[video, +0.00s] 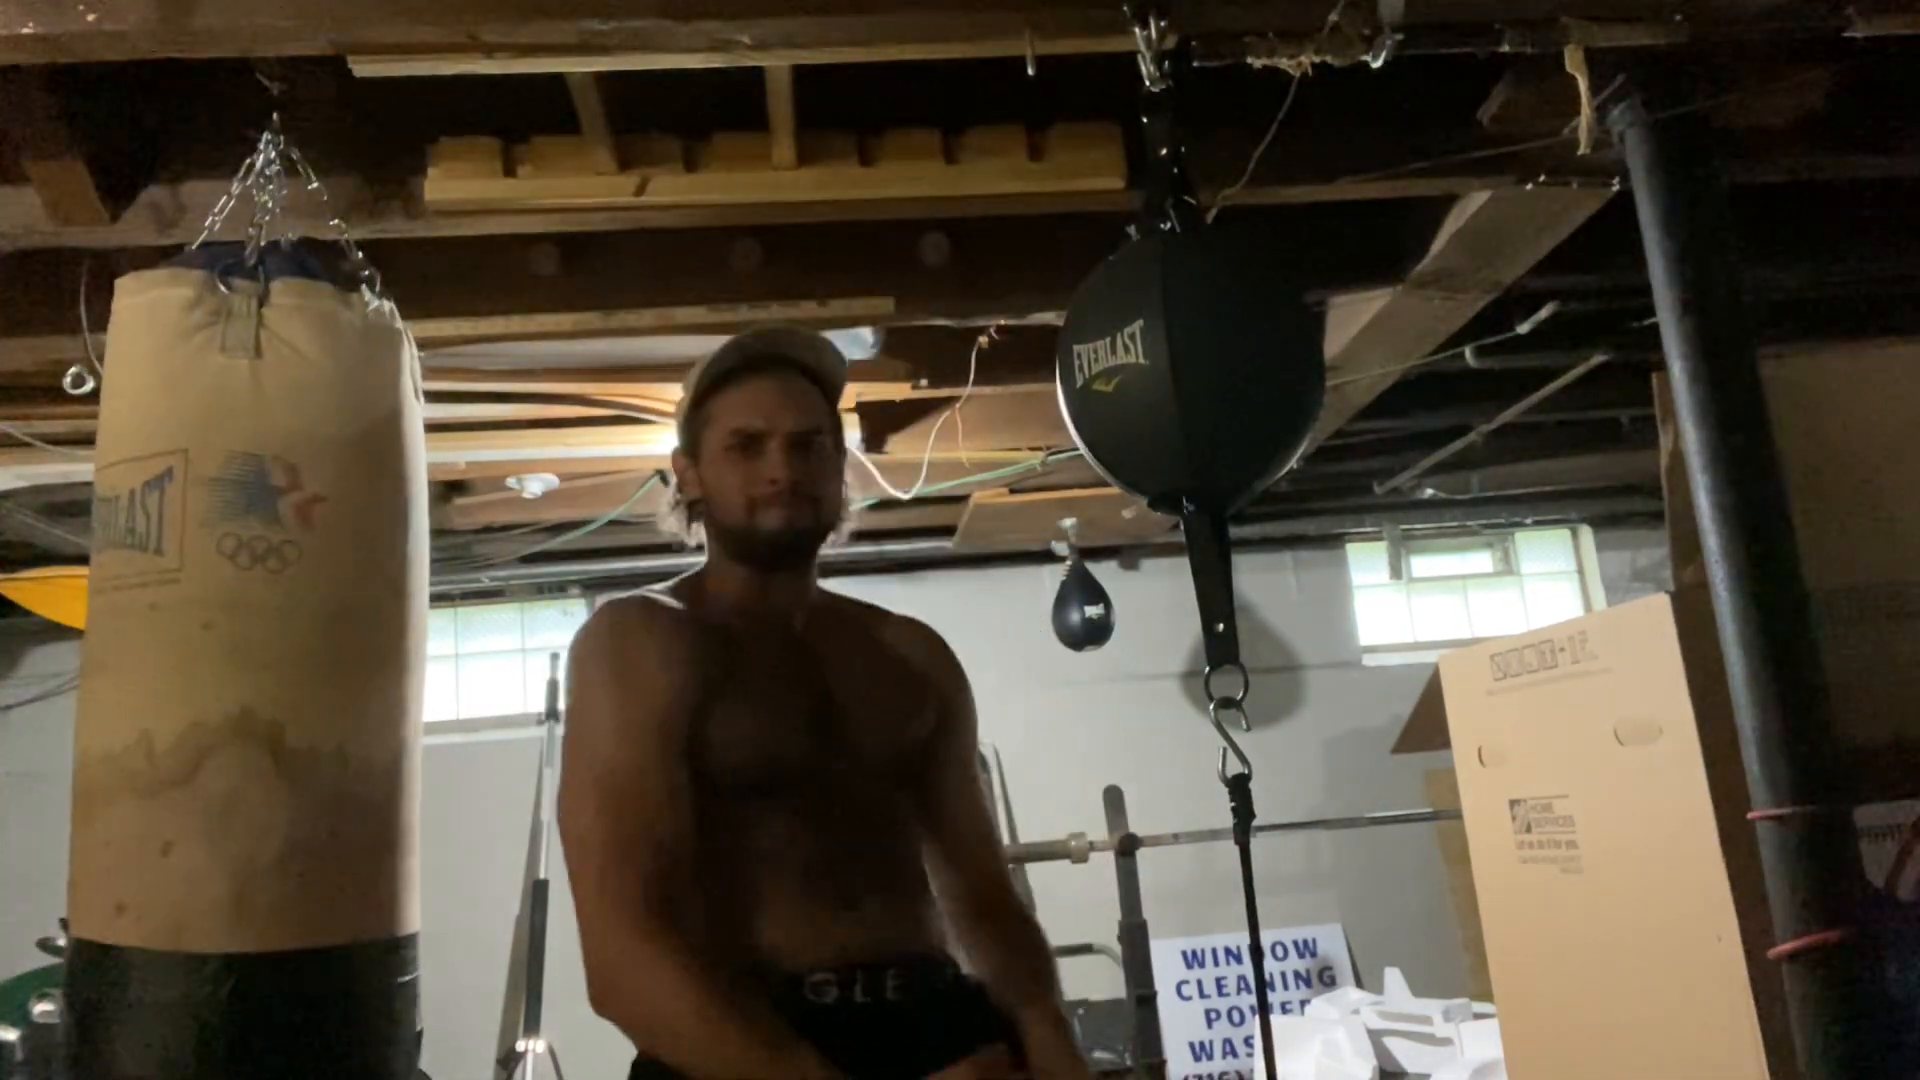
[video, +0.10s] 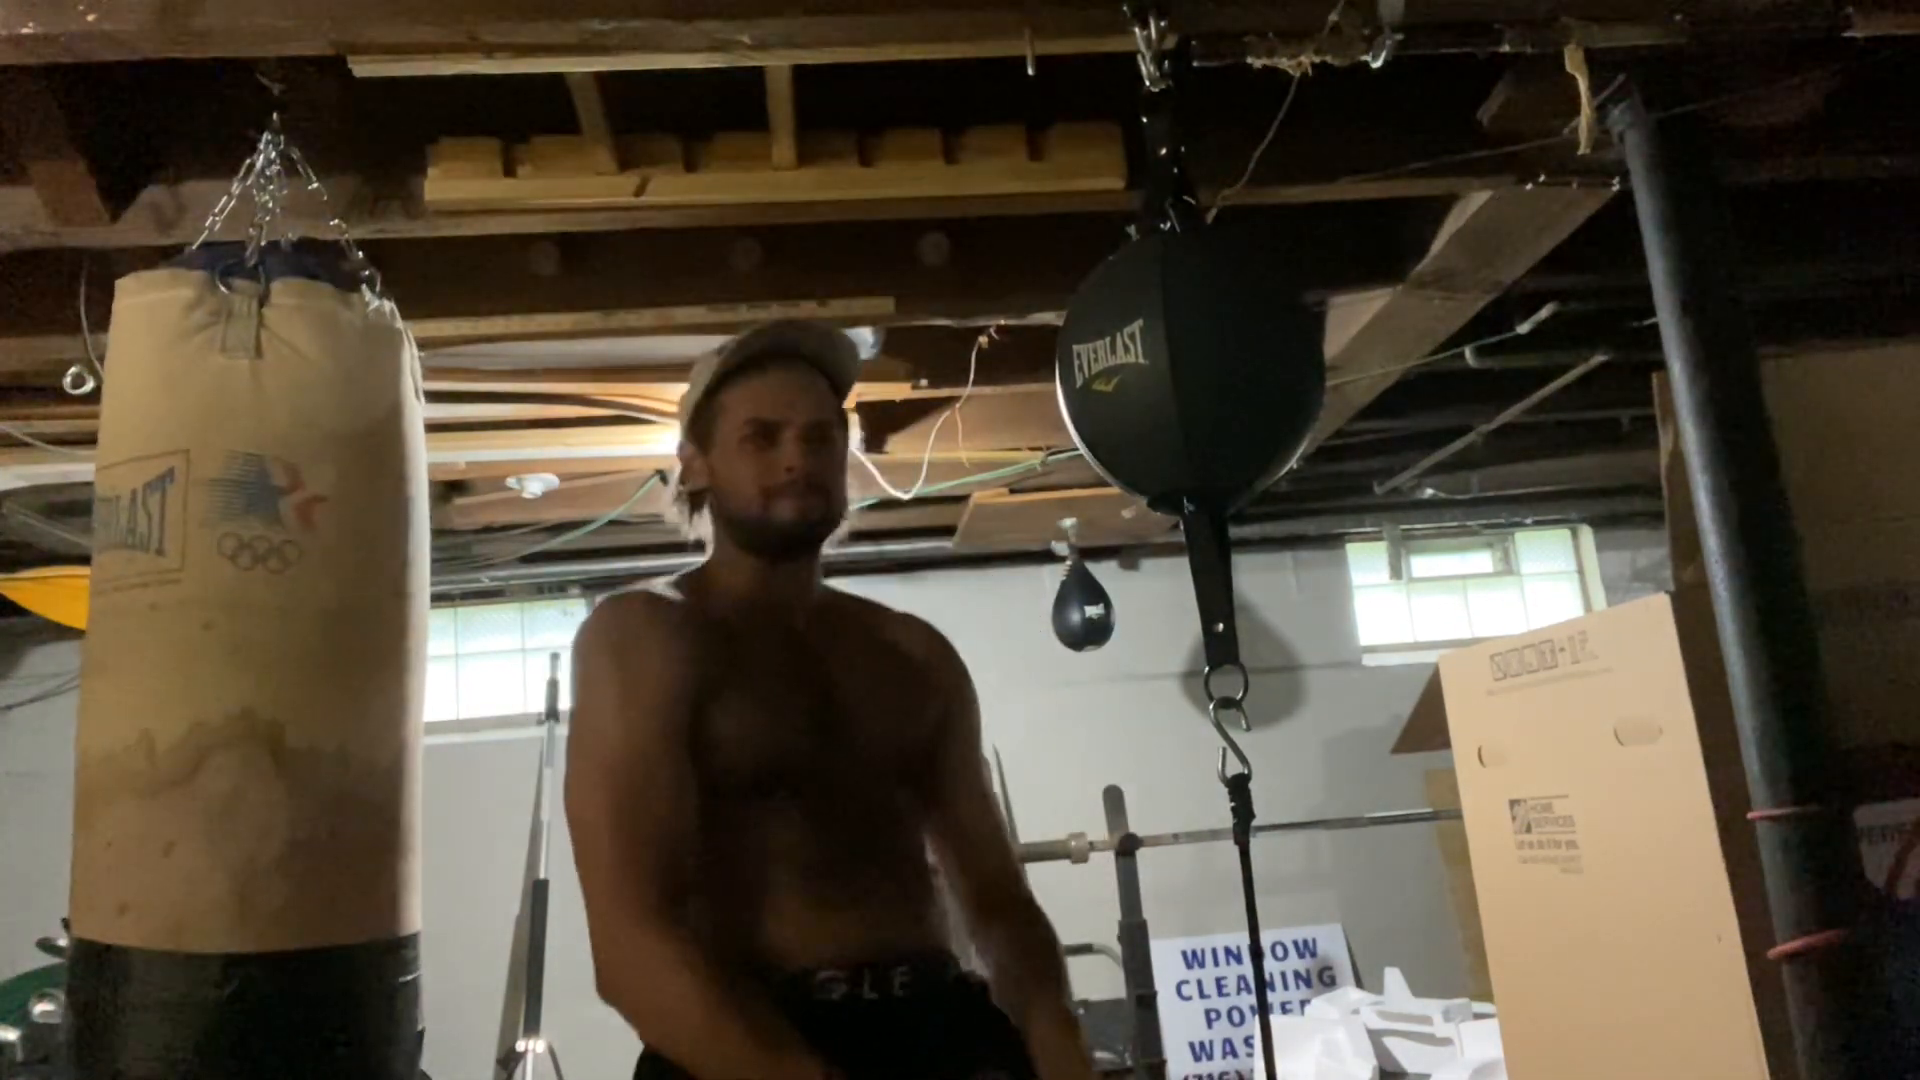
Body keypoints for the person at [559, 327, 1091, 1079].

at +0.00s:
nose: (782, 472)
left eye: (806, 446)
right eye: (744, 446)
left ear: (842, 476)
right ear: (688, 476)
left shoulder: (915, 658)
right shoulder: (639, 646)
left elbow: (989, 909)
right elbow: (629, 966)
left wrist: (1052, 1046)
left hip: (929, 1014)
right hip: (739, 1027)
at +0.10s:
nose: (797, 463)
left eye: (820, 439)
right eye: (760, 438)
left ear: (848, 463)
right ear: (698, 465)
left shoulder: (918, 656)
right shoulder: (643, 640)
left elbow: (999, 904)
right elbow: (637, 955)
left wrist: (1064, 1057)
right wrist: (802, 1067)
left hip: (935, 1019)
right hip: (748, 1026)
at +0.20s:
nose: (832, 429)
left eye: (850, 407)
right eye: (797, 403)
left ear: (870, 440)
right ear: (722, 434)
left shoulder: (929, 638)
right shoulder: (661, 611)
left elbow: (999, 882)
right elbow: (626, 924)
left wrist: (1072, 1056)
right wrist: (816, 1066)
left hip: (944, 1015)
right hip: (752, 1023)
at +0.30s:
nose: (873, 411)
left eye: (882, 386)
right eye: (833, 384)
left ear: (898, 413)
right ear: (752, 421)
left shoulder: (945, 624)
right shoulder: (683, 599)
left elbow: (1006, 866)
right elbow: (635, 902)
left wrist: (1075, 1032)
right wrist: (849, 1070)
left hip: (958, 1010)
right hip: (772, 1021)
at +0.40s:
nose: (926, 404)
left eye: (920, 379)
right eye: (884, 377)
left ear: (924, 405)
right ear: (797, 410)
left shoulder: (966, 612)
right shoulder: (710, 592)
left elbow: (1018, 853)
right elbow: (634, 887)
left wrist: (1099, 992)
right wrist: (834, 1057)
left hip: (988, 1021)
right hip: (792, 1028)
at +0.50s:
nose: (982, 397)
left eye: (972, 370)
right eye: (948, 369)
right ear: (855, 393)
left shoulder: (1006, 591)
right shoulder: (735, 585)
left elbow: (1048, 812)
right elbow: (636, 865)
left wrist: (1162, 934)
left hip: (1008, 1011)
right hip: (816, 1024)